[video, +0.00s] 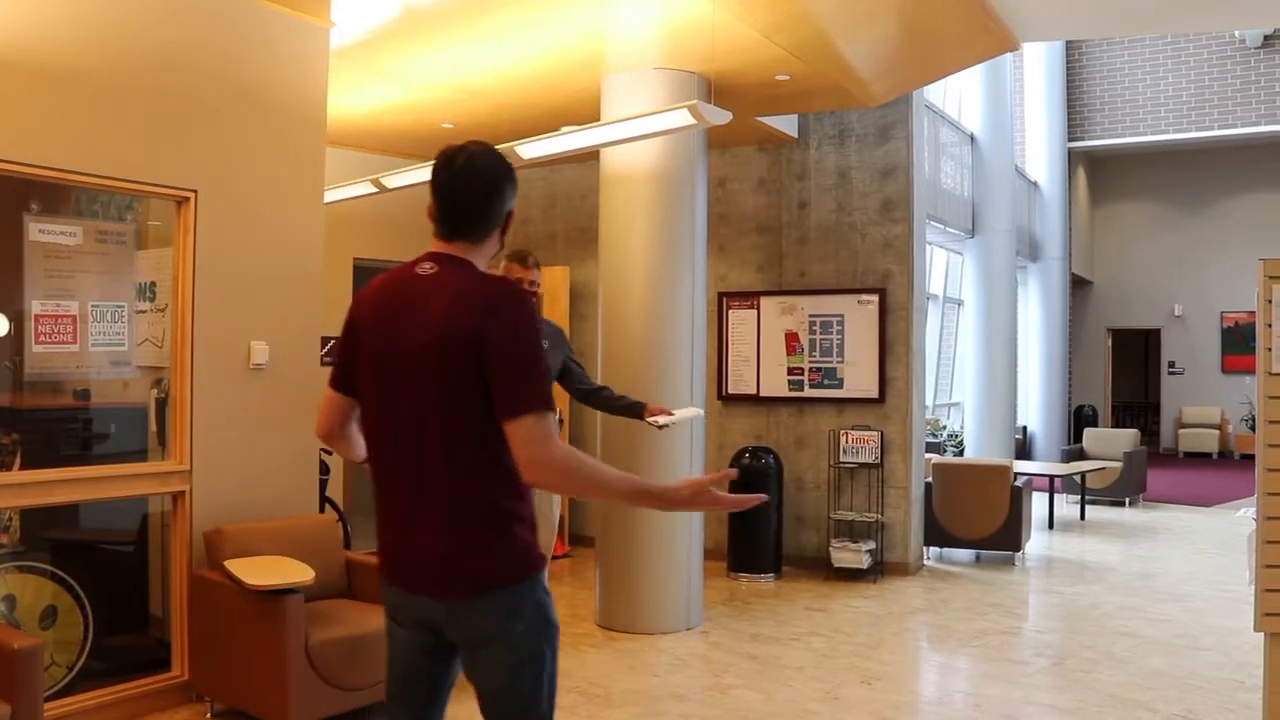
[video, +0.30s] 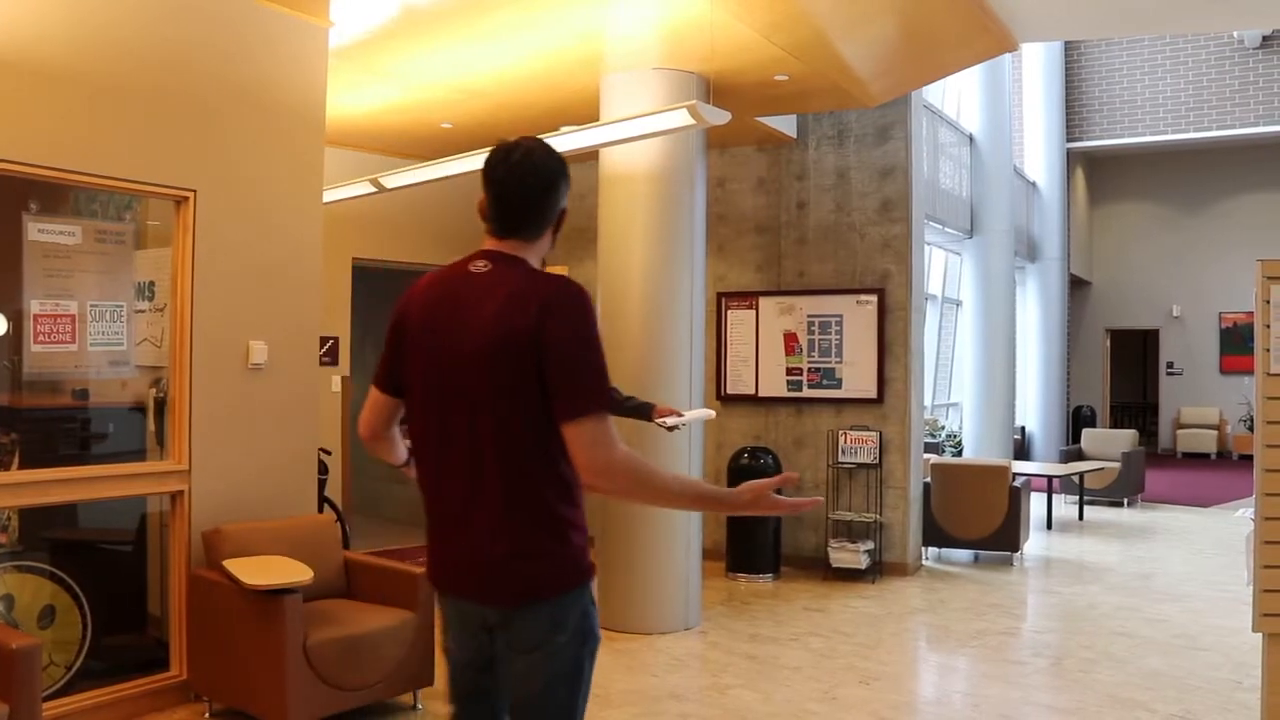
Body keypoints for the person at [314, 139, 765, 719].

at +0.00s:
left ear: (429, 208)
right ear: (504, 223)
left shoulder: (373, 300)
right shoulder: (503, 304)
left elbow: (331, 425)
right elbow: (540, 458)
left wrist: (383, 450)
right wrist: (667, 495)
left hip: (406, 567)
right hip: (493, 572)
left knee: (406, 711)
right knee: (522, 710)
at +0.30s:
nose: (563, 223)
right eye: (565, 213)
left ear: (482, 207)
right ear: (559, 219)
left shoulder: (424, 296)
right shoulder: (557, 300)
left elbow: (374, 429)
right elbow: (600, 462)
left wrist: (416, 460)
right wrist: (726, 499)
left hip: (456, 569)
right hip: (541, 576)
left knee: (475, 712)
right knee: (545, 711)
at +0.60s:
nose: (627, 233)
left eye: (630, 216)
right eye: (626, 215)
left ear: (543, 214)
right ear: (596, 216)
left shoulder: (476, 299)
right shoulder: (603, 304)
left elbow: (424, 430)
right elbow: (644, 468)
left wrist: (459, 461)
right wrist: (771, 502)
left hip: (505, 563)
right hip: (577, 574)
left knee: (564, 708)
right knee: (573, 712)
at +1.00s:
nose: (666, 227)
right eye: (667, 216)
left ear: (589, 221)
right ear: (662, 225)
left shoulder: (538, 308)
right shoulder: (668, 304)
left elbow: (492, 440)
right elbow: (705, 459)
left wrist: (519, 482)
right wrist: (799, 491)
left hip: (565, 562)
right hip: (645, 568)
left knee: (604, 711)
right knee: (646, 710)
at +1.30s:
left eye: (620, 206)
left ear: (620, 215)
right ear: (692, 223)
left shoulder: (563, 305)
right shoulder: (720, 308)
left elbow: (513, 442)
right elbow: (758, 459)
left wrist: (517, 482)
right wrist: (804, 483)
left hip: (593, 562)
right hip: (694, 564)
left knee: (604, 712)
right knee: (725, 707)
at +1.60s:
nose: (669, 220)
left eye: (672, 212)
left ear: (676, 220)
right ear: (741, 228)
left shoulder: (625, 306)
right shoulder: (779, 318)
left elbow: (576, 441)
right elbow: (812, 471)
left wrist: (530, 490)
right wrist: (778, 475)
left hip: (643, 560)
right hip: (746, 564)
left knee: (615, 713)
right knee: (761, 714)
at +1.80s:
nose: (702, 229)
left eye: (705, 219)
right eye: (705, 219)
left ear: (711, 227)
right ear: (776, 234)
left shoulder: (675, 308)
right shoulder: (818, 322)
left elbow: (643, 445)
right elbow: (842, 467)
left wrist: (569, 498)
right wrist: (782, 487)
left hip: (690, 568)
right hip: (788, 571)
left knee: (632, 712)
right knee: (769, 713)